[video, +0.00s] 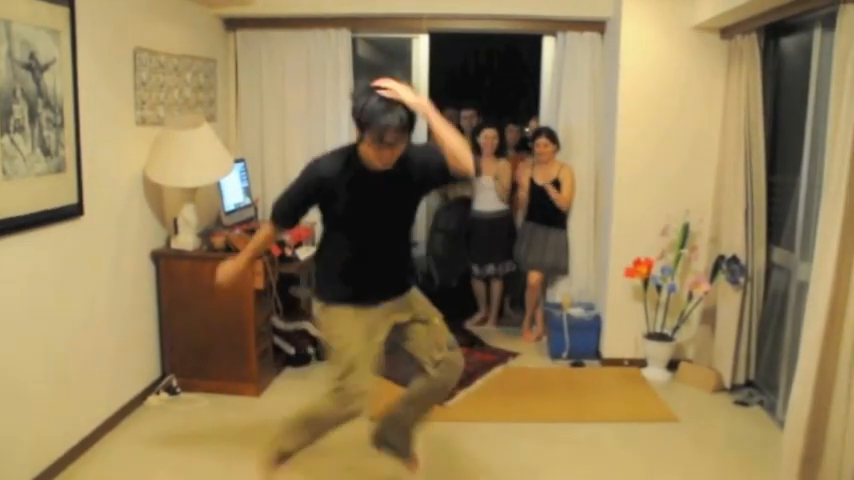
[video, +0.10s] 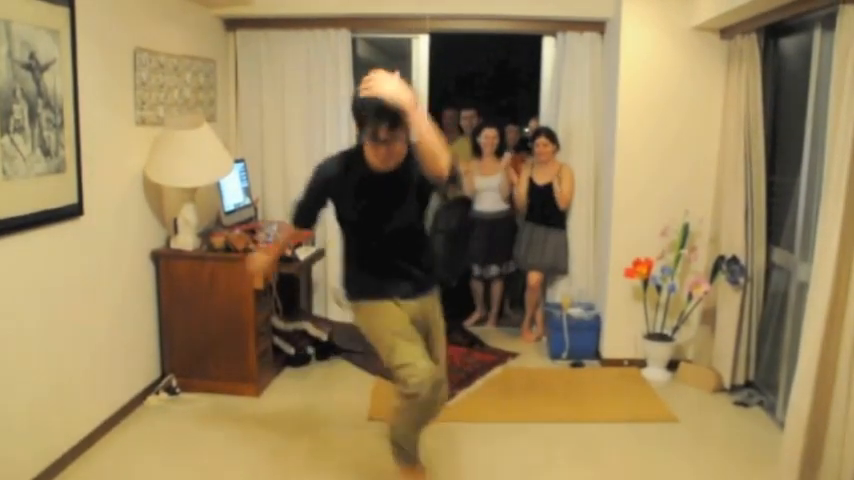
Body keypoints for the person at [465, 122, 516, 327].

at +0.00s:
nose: (488, 142)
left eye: (492, 138)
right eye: (484, 137)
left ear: (498, 142)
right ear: (478, 140)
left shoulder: (503, 165)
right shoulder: (473, 164)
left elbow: (505, 194)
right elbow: (468, 188)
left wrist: (495, 178)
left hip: (498, 214)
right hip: (477, 214)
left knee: (496, 270)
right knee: (477, 268)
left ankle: (493, 314)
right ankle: (481, 309)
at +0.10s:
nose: (489, 142)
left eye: (494, 138)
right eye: (485, 137)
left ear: (499, 141)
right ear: (478, 140)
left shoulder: (504, 166)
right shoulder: (471, 166)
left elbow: (506, 195)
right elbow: (469, 193)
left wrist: (506, 172)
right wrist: (465, 174)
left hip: (500, 215)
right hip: (478, 215)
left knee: (497, 270)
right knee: (477, 268)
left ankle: (493, 313)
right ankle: (479, 308)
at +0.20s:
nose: (489, 141)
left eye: (493, 137)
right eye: (485, 136)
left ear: (498, 140)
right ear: (478, 139)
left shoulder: (504, 165)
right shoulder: (472, 165)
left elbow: (507, 193)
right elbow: (469, 192)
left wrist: (504, 169)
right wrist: (469, 172)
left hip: (500, 215)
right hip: (478, 215)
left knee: (496, 271)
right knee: (476, 269)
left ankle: (493, 314)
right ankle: (474, 309)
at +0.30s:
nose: (489, 140)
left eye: (493, 136)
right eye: (485, 136)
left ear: (498, 139)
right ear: (479, 139)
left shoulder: (505, 163)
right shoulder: (471, 162)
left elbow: (505, 192)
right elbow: (469, 192)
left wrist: (492, 176)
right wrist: (485, 178)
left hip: (499, 215)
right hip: (477, 214)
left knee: (497, 272)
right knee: (476, 271)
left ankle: (493, 315)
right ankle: (478, 310)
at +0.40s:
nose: (490, 141)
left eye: (494, 137)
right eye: (485, 136)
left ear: (499, 140)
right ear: (479, 139)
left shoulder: (504, 164)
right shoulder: (471, 163)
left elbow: (506, 194)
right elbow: (467, 192)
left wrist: (495, 180)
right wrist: (479, 182)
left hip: (498, 215)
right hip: (476, 214)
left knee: (496, 272)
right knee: (476, 269)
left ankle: (493, 317)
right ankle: (474, 314)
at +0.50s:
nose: (490, 140)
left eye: (494, 136)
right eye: (485, 136)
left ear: (499, 140)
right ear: (479, 139)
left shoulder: (504, 166)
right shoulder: (469, 164)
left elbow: (508, 193)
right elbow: (463, 192)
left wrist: (502, 211)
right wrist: (467, 212)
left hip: (498, 216)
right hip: (476, 216)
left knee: (496, 268)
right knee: (475, 264)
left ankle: (495, 309)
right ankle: (474, 305)